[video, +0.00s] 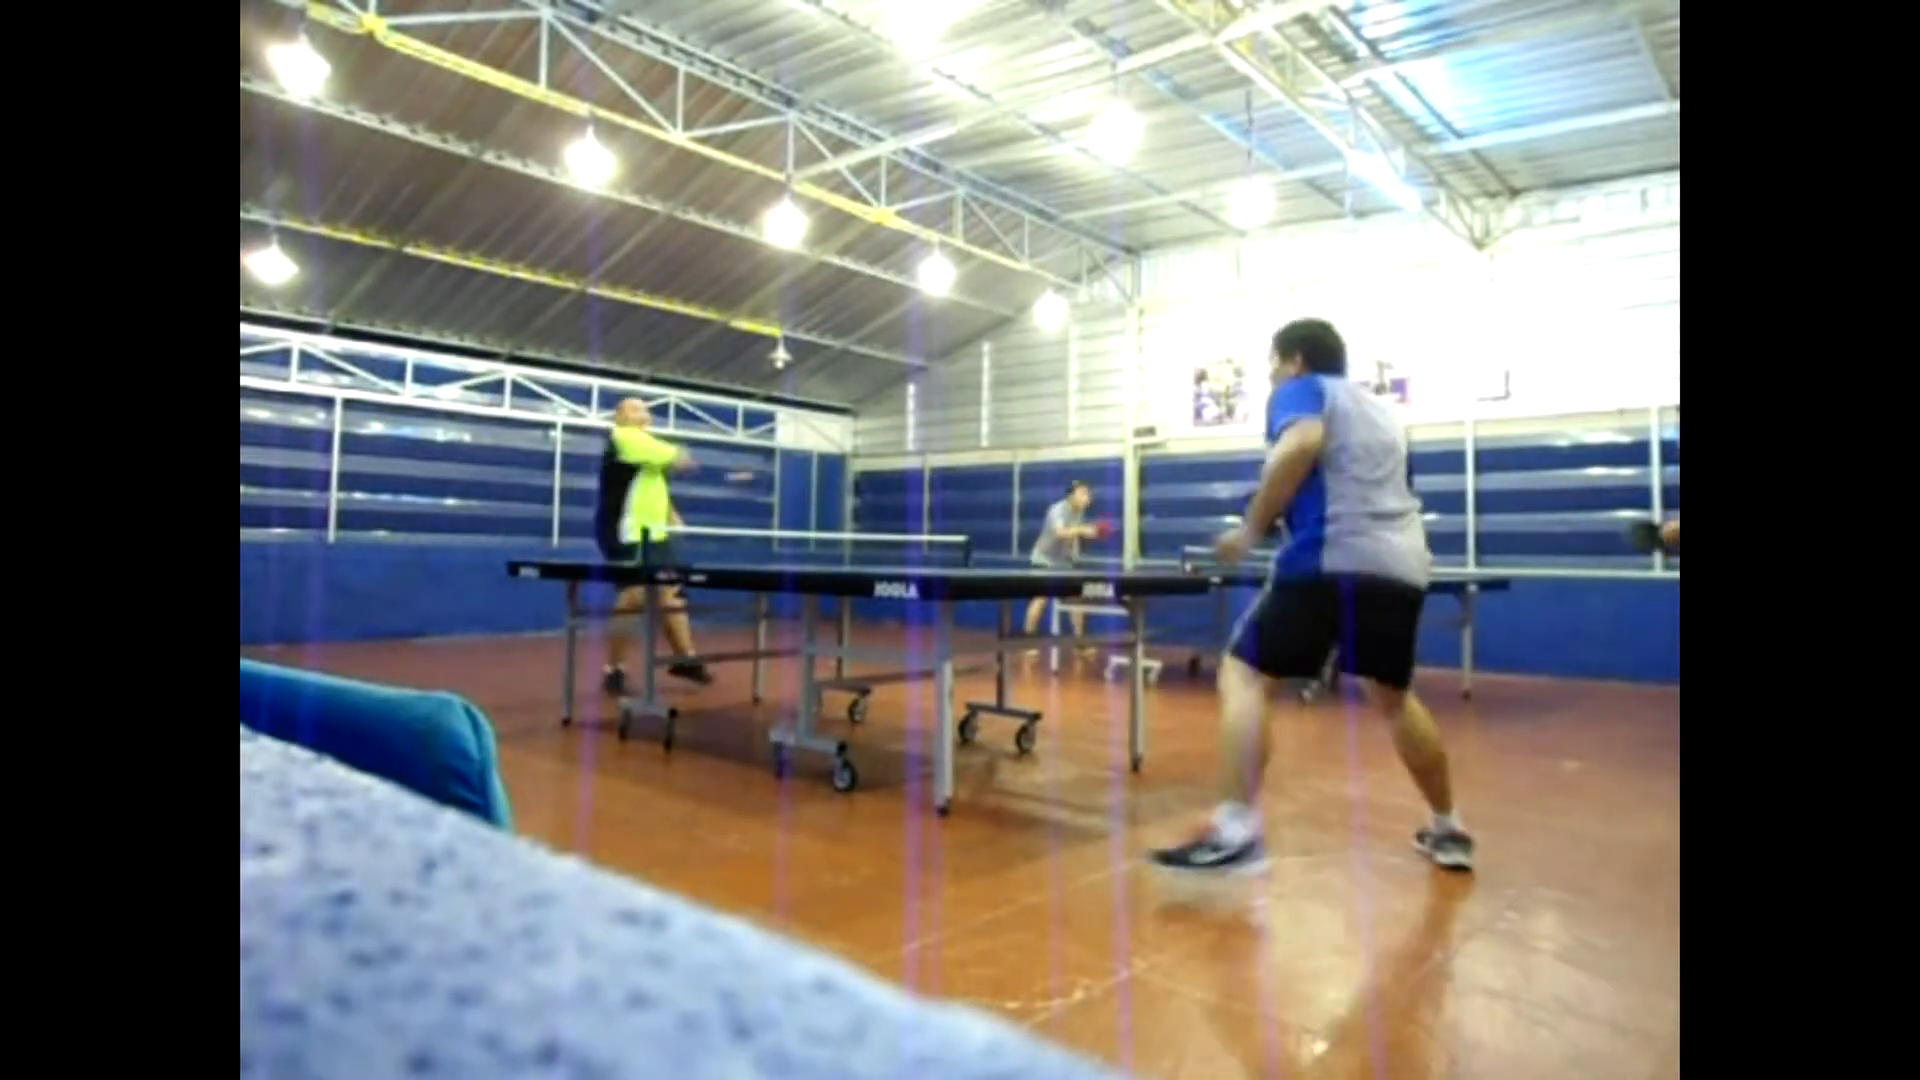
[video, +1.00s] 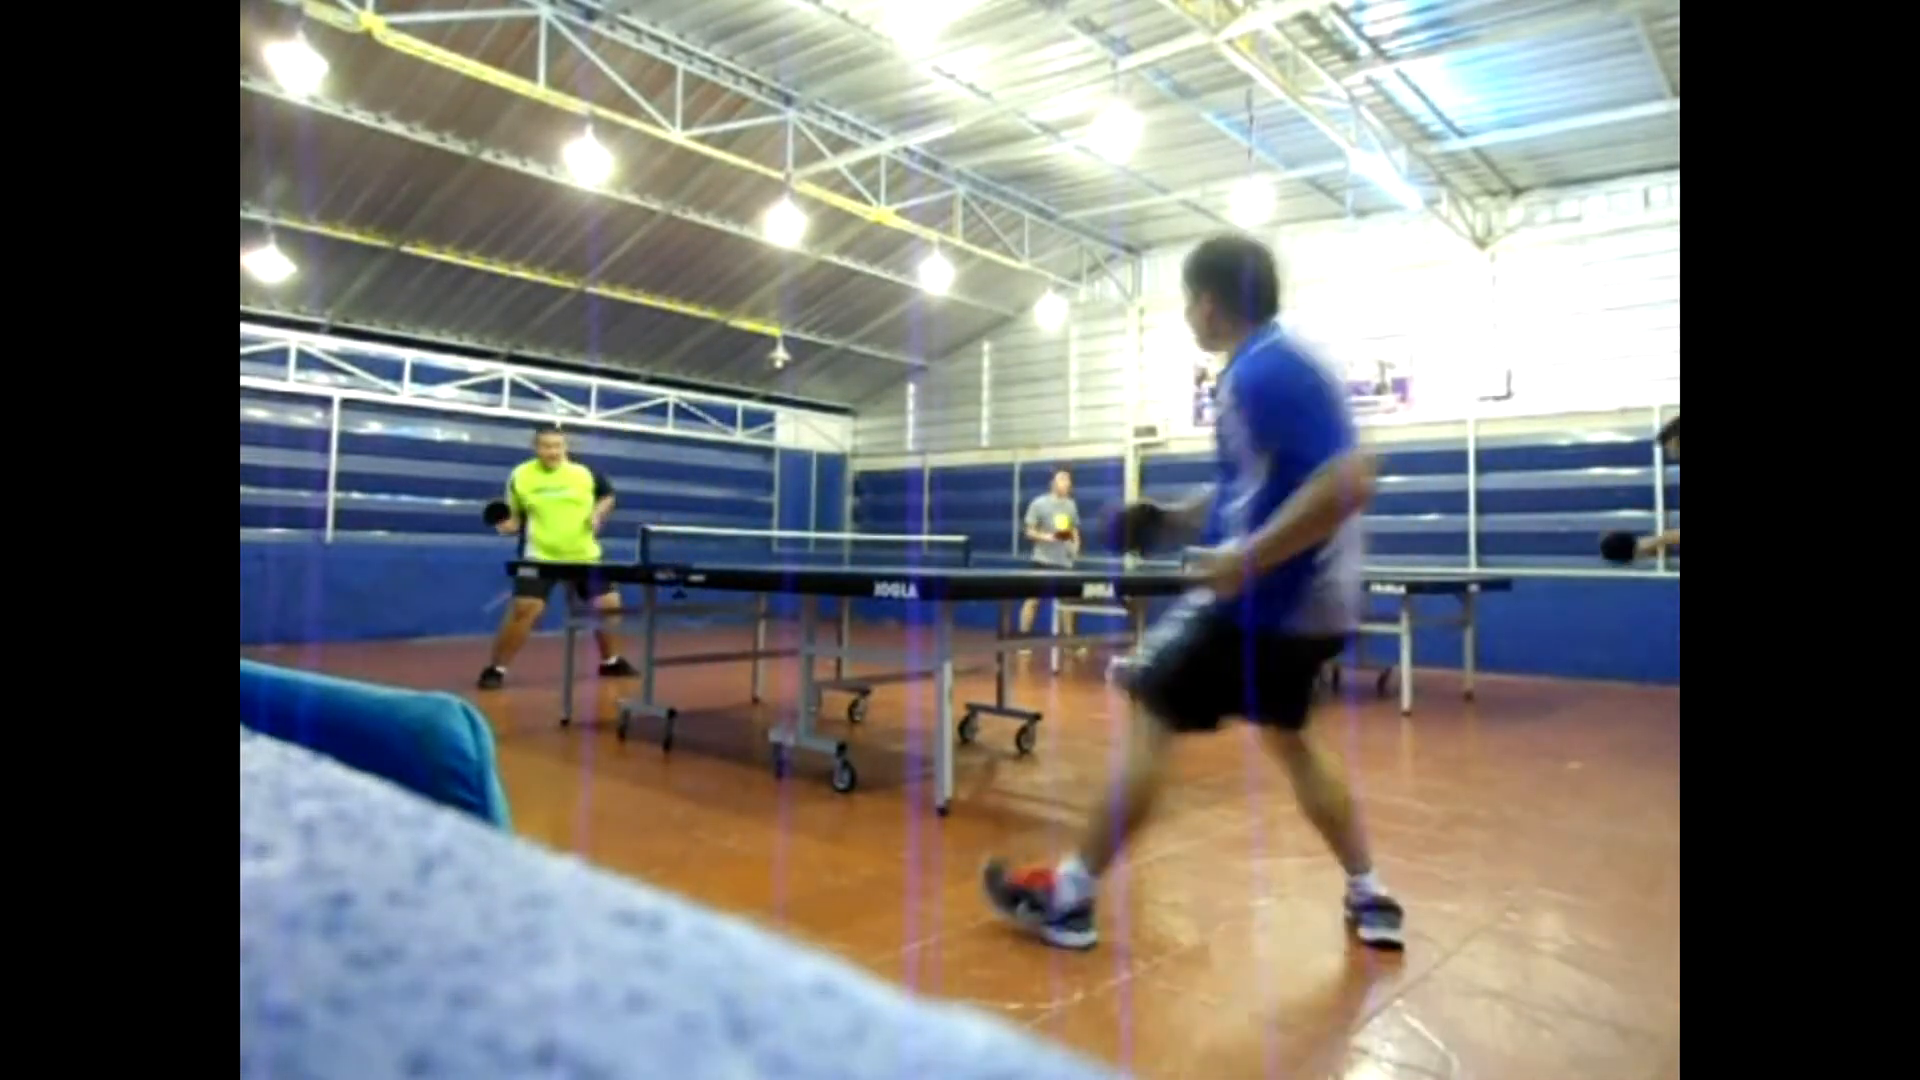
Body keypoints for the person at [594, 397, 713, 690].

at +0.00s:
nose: (645, 415)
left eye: (645, 410)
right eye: (637, 409)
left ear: (647, 417)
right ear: (621, 416)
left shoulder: (648, 443)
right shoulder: (621, 438)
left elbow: (654, 489)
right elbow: (655, 454)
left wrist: (670, 514)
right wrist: (677, 457)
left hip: (654, 527)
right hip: (625, 528)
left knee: (670, 591)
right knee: (633, 595)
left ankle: (686, 656)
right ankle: (614, 666)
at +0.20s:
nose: (658, 440)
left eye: (657, 435)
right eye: (654, 435)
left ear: (630, 439)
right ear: (644, 437)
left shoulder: (609, 469)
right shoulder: (651, 462)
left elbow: (604, 515)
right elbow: (681, 477)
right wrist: (658, 453)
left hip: (608, 551)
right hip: (636, 551)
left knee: (642, 605)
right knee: (658, 601)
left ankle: (633, 664)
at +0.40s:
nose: (658, 447)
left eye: (659, 442)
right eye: (652, 441)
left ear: (659, 446)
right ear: (636, 444)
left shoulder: (625, 468)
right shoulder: (636, 471)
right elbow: (647, 512)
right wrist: (667, 542)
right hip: (617, 552)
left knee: (635, 608)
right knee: (615, 610)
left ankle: (633, 668)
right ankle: (618, 673)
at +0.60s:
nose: (628, 429)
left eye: (631, 423)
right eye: (621, 422)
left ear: (634, 428)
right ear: (607, 425)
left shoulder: (631, 459)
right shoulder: (587, 450)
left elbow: (627, 501)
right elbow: (578, 492)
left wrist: (641, 527)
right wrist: (621, 515)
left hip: (617, 539)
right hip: (586, 537)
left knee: (626, 599)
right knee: (573, 597)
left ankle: (632, 660)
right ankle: (537, 656)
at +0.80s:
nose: (586, 442)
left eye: (590, 435)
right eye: (580, 435)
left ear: (594, 439)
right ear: (565, 437)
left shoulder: (604, 470)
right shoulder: (542, 466)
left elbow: (616, 503)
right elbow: (521, 501)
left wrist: (620, 511)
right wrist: (541, 516)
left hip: (592, 551)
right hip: (548, 551)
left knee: (614, 601)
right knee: (527, 607)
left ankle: (614, 655)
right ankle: (497, 665)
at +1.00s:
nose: (552, 452)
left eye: (557, 446)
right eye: (546, 446)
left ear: (565, 447)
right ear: (536, 447)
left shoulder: (583, 473)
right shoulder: (521, 476)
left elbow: (609, 496)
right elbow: (515, 515)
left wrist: (598, 514)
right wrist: (507, 524)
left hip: (583, 554)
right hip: (539, 554)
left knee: (609, 603)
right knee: (527, 607)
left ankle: (611, 660)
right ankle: (498, 667)